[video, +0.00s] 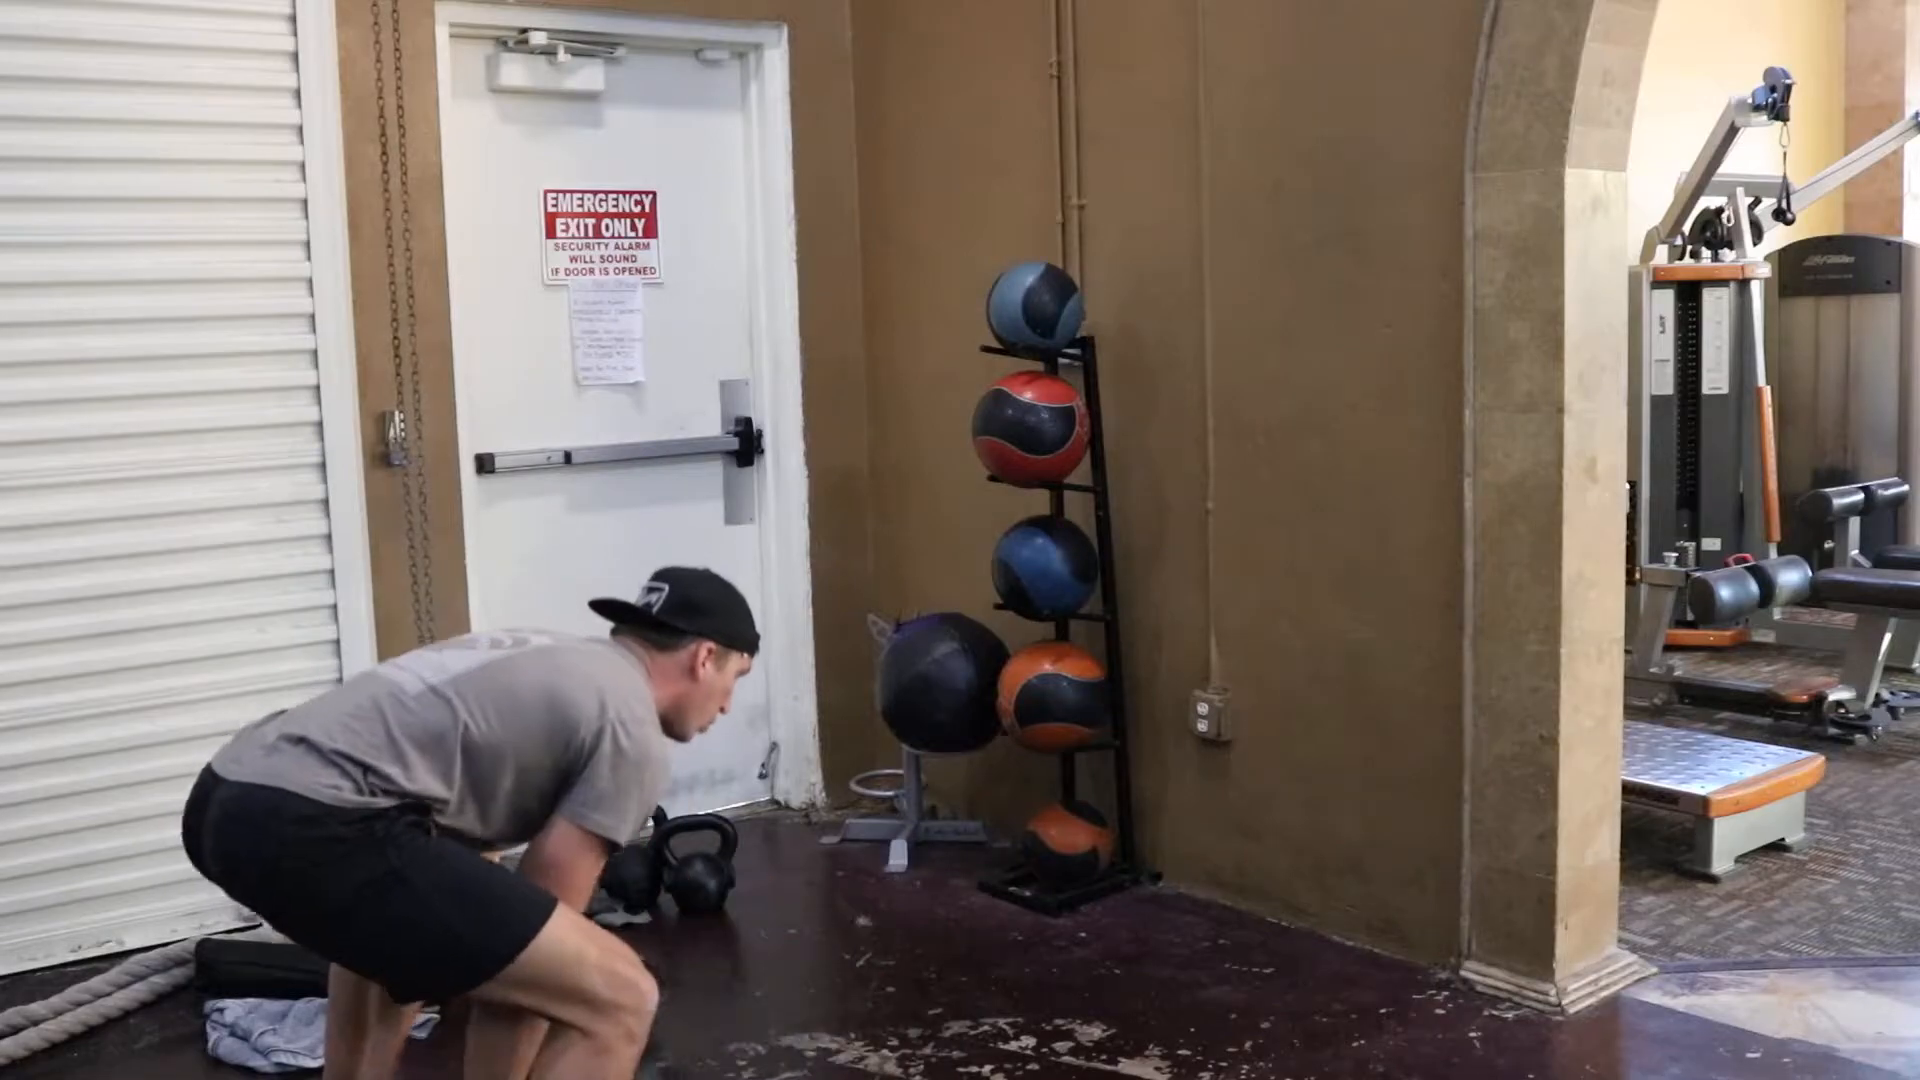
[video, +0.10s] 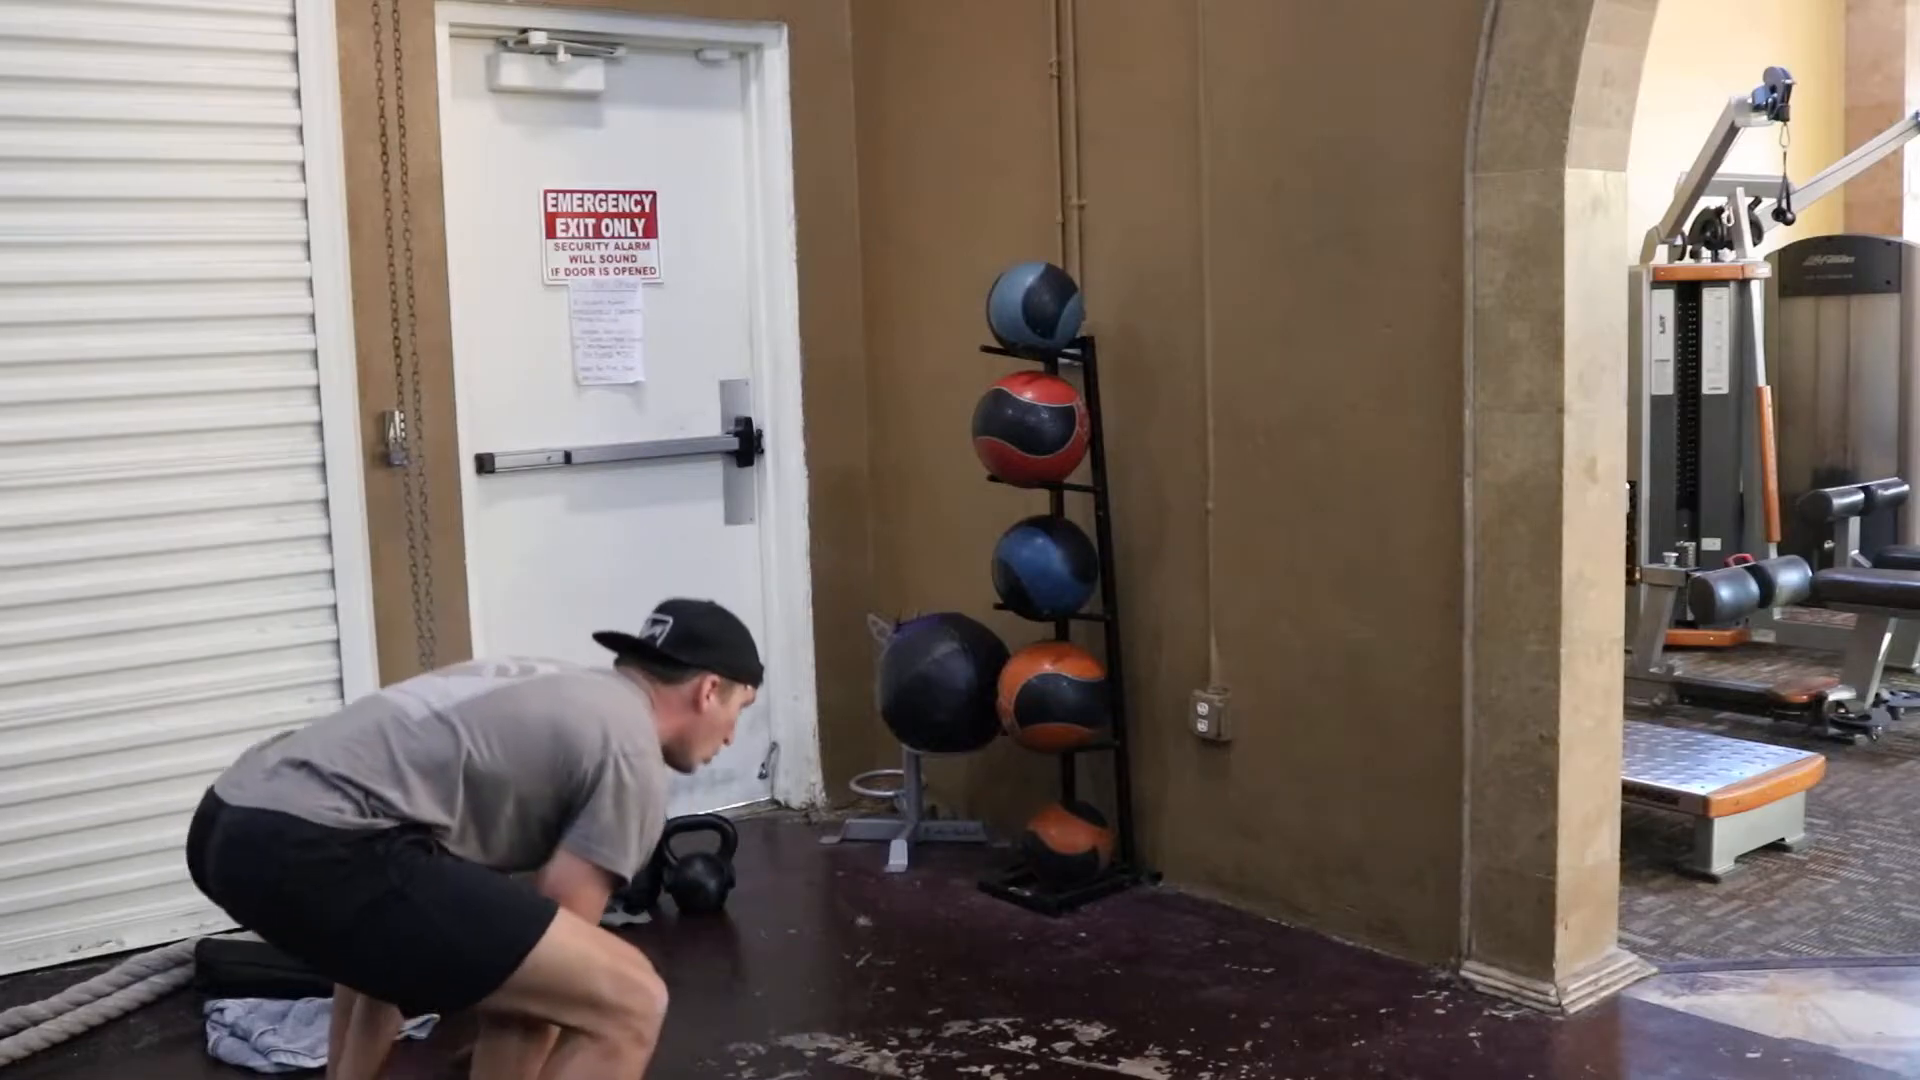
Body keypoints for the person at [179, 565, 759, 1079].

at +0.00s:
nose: (730, 704)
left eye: (738, 682)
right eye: (735, 678)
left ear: (641, 633)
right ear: (702, 659)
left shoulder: (545, 654)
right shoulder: (630, 728)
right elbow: (531, 944)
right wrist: (492, 1065)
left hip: (225, 804)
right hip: (319, 825)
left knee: (391, 921)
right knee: (621, 998)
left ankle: (353, 1072)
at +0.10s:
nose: (732, 738)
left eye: (740, 716)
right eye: (738, 712)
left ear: (642, 665)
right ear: (704, 694)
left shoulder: (543, 677)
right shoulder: (633, 756)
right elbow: (548, 956)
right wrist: (509, 1060)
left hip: (227, 829)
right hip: (322, 851)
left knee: (392, 933)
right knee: (630, 1001)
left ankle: (350, 1071)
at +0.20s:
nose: (734, 763)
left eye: (743, 741)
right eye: (741, 737)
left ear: (641, 694)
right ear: (705, 720)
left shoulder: (548, 707)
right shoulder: (636, 778)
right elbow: (553, 973)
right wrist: (525, 1070)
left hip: (229, 848)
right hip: (323, 869)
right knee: (637, 1004)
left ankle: (351, 1073)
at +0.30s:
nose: (734, 780)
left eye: (743, 759)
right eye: (742, 756)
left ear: (643, 711)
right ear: (707, 740)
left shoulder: (554, 727)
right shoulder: (638, 795)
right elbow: (550, 981)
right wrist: (517, 1078)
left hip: (229, 860)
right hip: (323, 879)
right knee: (642, 1005)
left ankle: (348, 1072)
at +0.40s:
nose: (736, 793)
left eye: (746, 772)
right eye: (744, 769)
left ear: (648, 724)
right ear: (710, 755)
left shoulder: (557, 742)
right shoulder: (642, 812)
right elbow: (542, 998)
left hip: (229, 865)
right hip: (324, 888)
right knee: (643, 1007)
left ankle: (341, 1073)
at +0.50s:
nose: (738, 793)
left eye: (747, 773)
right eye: (745, 770)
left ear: (650, 725)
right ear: (711, 757)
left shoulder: (561, 744)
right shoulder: (644, 821)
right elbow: (529, 1017)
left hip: (229, 868)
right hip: (325, 891)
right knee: (643, 1008)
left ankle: (339, 1070)